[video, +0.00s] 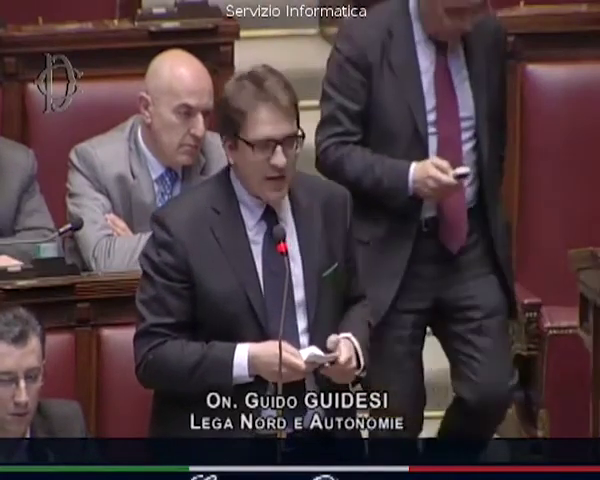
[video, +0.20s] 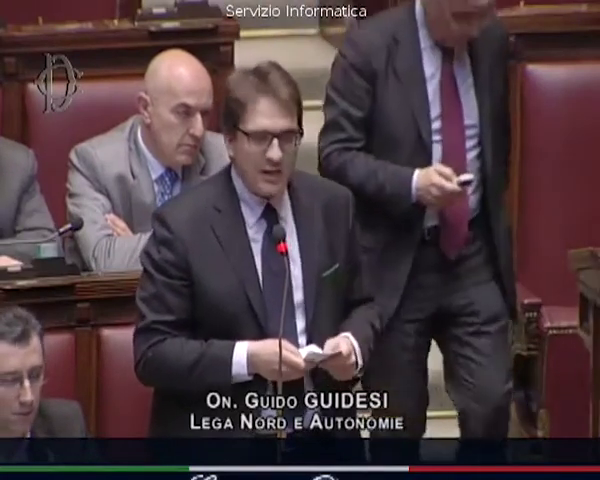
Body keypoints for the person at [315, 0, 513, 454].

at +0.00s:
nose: (466, 27)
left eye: (475, 15)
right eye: (456, 15)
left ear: (484, 9)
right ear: (426, 1)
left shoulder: (487, 35)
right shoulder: (365, 36)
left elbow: (493, 142)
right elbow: (332, 150)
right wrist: (407, 176)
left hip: (472, 246)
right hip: (394, 250)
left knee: (490, 392)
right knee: (399, 413)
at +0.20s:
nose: (471, 31)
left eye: (480, 18)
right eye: (461, 18)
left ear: (491, 9)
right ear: (429, 2)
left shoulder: (492, 40)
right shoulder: (369, 44)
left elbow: (499, 151)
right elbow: (335, 154)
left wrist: (507, 269)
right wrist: (410, 182)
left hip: (474, 255)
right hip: (395, 260)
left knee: (490, 405)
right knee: (399, 420)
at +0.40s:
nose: (490, 46)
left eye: (499, 31)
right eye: (476, 32)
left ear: (508, 19)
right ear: (438, 13)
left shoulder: (507, 65)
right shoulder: (383, 67)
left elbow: (511, 178)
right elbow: (355, 171)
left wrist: (509, 285)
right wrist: (433, 177)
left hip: (485, 278)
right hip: (407, 281)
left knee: (491, 442)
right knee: (410, 443)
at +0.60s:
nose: (513, 76)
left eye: (521, 60)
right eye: (499, 63)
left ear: (529, 49)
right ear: (461, 49)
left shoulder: (526, 101)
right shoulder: (413, 104)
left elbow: (532, 218)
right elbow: (406, 207)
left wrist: (536, 321)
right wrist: (471, 148)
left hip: (514, 319)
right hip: (440, 323)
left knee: (509, 475)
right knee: (439, 477)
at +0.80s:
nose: (534, 85)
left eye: (542, 70)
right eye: (520, 73)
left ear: (550, 57)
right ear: (484, 61)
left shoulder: (547, 115)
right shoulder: (437, 118)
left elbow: (551, 225)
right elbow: (447, 217)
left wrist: (563, 315)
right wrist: (503, 140)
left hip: (535, 331)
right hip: (463, 336)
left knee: (534, 479)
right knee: (470, 479)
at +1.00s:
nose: (550, 94)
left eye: (558, 78)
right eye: (536, 81)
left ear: (565, 65)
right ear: (496, 68)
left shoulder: (562, 128)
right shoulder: (449, 129)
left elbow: (566, 239)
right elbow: (464, 224)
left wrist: (572, 331)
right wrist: (518, 144)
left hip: (546, 349)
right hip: (475, 353)